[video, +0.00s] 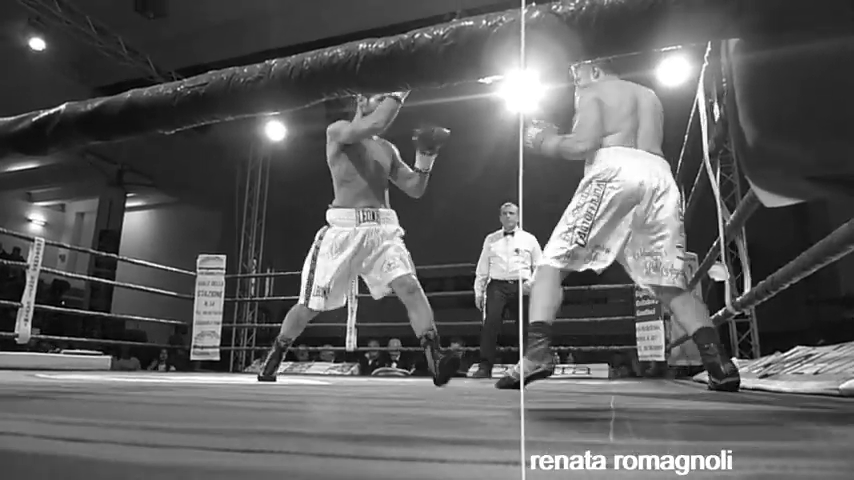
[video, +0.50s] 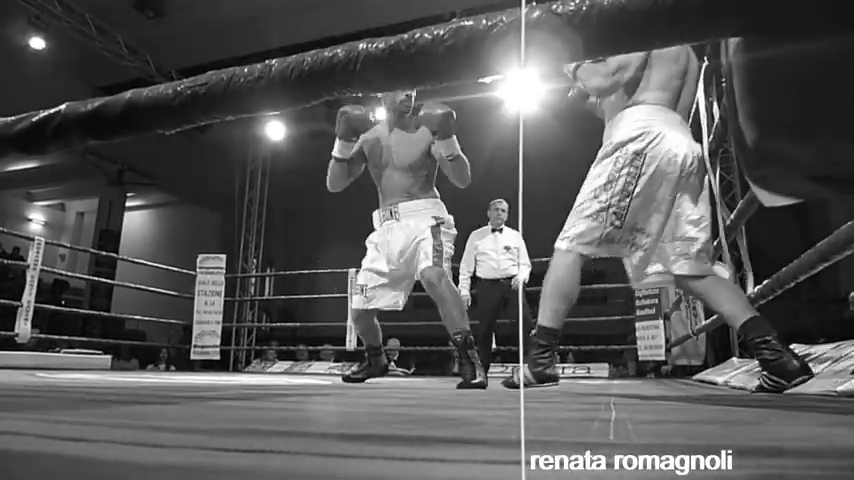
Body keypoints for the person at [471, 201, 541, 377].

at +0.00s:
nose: (508, 217)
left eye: (512, 213)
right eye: (505, 214)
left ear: (518, 216)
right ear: (500, 217)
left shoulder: (529, 240)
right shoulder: (491, 240)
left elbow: (539, 266)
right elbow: (482, 269)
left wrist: (532, 282)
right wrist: (479, 292)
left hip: (521, 285)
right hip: (497, 285)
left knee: (524, 324)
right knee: (491, 322)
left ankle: (526, 364)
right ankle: (485, 364)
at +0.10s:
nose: (502, 216)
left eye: (506, 213)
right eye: (499, 213)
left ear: (512, 217)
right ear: (494, 217)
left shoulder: (523, 239)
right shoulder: (485, 240)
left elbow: (535, 265)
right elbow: (477, 270)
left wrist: (527, 282)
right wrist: (473, 294)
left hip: (516, 287)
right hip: (491, 286)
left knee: (521, 328)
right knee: (483, 327)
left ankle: (526, 366)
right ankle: (480, 368)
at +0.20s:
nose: (499, 216)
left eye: (502, 213)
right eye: (495, 213)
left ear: (508, 217)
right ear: (489, 217)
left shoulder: (519, 239)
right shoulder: (480, 240)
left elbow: (530, 265)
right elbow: (473, 271)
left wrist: (525, 282)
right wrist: (470, 294)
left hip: (512, 286)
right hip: (487, 286)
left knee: (518, 329)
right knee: (483, 329)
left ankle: (523, 366)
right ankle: (480, 368)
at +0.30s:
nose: (496, 215)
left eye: (500, 212)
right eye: (492, 212)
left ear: (505, 216)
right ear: (487, 215)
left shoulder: (516, 237)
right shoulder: (477, 239)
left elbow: (525, 263)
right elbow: (470, 268)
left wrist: (521, 281)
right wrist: (467, 292)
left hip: (509, 285)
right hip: (485, 285)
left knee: (516, 327)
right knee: (483, 329)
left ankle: (522, 366)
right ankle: (481, 367)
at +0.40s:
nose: (497, 213)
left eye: (500, 210)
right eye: (493, 209)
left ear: (505, 214)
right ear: (486, 212)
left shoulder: (515, 235)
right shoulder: (475, 236)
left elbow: (525, 262)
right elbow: (465, 267)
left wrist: (519, 276)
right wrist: (464, 292)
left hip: (511, 282)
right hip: (485, 283)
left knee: (519, 324)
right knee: (483, 328)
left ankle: (524, 367)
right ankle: (480, 370)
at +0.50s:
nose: (499, 214)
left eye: (503, 211)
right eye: (496, 210)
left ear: (507, 215)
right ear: (488, 213)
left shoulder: (515, 236)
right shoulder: (476, 236)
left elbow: (525, 263)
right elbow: (466, 267)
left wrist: (521, 277)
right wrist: (464, 291)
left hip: (511, 284)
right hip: (486, 284)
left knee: (525, 321)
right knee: (484, 329)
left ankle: (531, 365)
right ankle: (481, 370)